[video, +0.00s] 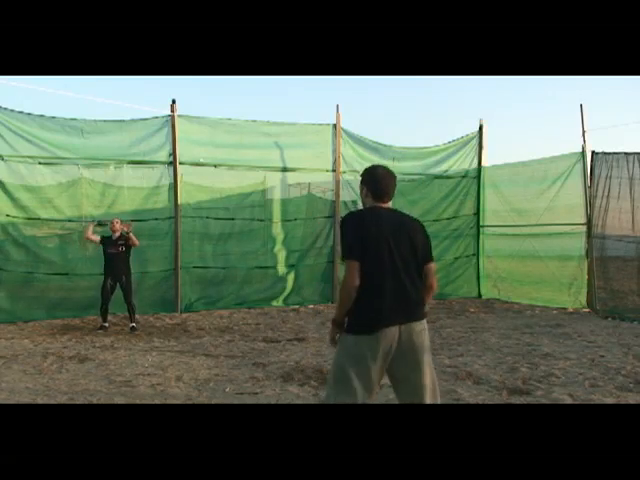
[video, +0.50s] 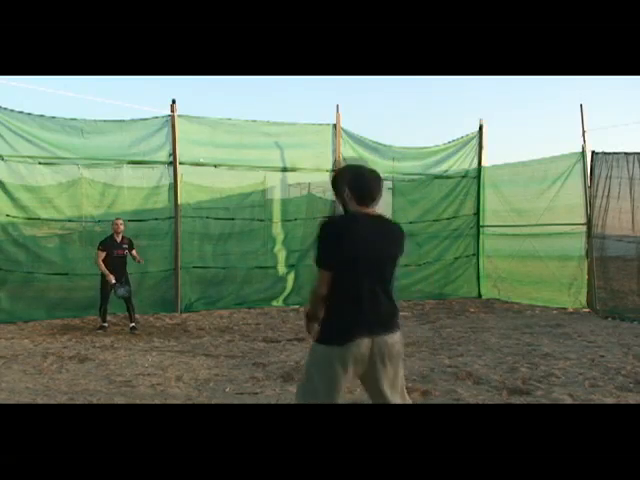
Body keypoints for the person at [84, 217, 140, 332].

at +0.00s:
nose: (113, 225)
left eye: (116, 223)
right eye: (112, 223)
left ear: (121, 226)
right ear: (110, 226)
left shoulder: (126, 239)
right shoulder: (105, 240)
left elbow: (136, 244)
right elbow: (88, 236)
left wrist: (129, 233)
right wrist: (92, 225)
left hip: (124, 273)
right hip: (109, 273)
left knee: (128, 300)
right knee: (104, 299)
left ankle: (133, 323)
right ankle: (104, 323)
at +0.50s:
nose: (118, 227)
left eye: (120, 225)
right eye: (116, 225)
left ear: (123, 227)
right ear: (112, 227)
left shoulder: (127, 241)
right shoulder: (105, 242)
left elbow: (133, 253)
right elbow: (99, 260)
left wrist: (137, 259)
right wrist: (108, 275)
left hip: (122, 274)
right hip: (108, 274)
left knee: (128, 299)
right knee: (104, 300)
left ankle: (132, 323)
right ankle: (103, 323)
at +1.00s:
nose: (113, 230)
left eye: (115, 228)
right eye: (111, 228)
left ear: (119, 231)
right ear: (107, 230)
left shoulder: (123, 244)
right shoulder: (102, 244)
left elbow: (130, 256)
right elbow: (83, 252)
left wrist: (120, 249)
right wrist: (82, 242)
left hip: (121, 278)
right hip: (107, 278)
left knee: (129, 300)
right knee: (93, 301)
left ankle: (138, 323)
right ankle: (97, 324)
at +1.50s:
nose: (140, 249)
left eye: (142, 247)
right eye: (137, 246)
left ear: (145, 249)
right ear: (134, 249)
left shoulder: (148, 264)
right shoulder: (128, 262)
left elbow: (152, 280)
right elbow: (131, 280)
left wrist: (155, 277)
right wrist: (138, 282)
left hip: (136, 290)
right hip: (122, 290)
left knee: (146, 300)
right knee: (105, 308)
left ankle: (151, 327)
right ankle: (96, 326)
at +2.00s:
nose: (123, 242)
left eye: (126, 239)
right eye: (121, 239)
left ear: (129, 241)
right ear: (118, 241)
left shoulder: (134, 255)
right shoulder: (109, 254)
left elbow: (138, 269)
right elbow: (100, 270)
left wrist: (140, 285)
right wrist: (103, 286)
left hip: (127, 284)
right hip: (111, 284)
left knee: (137, 303)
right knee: (97, 303)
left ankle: (147, 325)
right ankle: (94, 324)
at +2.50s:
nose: (107, 255)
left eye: (109, 252)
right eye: (105, 252)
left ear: (113, 253)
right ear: (102, 253)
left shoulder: (120, 262)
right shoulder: (97, 263)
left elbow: (133, 272)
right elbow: (82, 279)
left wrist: (141, 281)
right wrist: (72, 297)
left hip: (116, 283)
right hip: (99, 283)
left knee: (127, 301)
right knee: (83, 298)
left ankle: (133, 326)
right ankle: (77, 322)